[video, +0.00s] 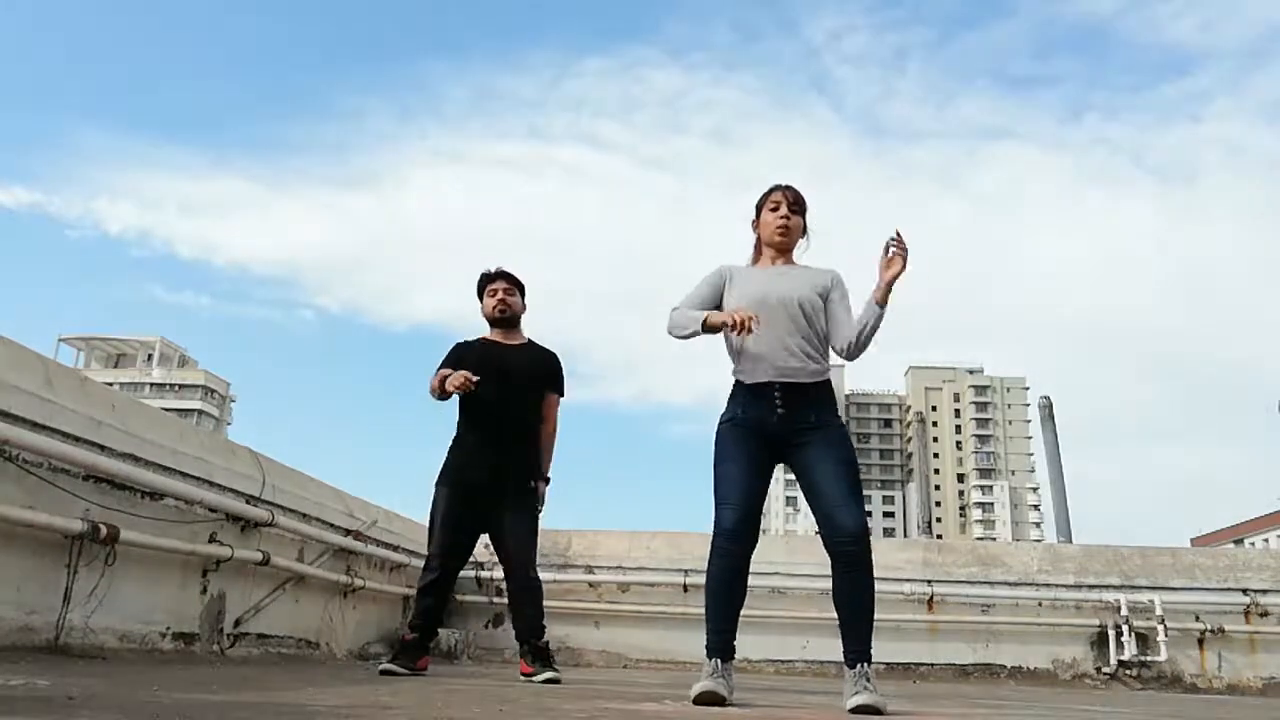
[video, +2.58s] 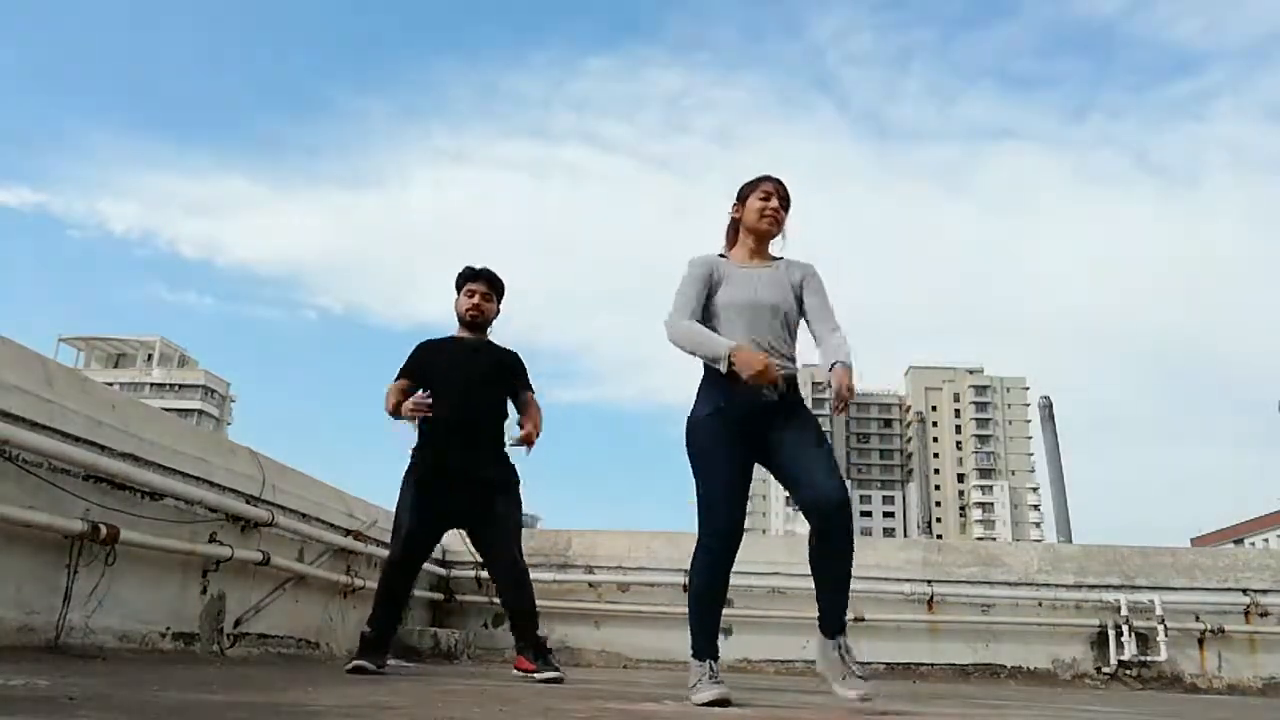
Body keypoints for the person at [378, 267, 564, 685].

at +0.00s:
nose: (502, 297)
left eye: (510, 292)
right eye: (492, 293)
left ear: (523, 304)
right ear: (482, 307)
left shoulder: (546, 360)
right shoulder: (467, 350)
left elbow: (548, 423)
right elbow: (436, 387)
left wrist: (542, 476)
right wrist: (447, 383)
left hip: (517, 481)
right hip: (463, 477)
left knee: (523, 571)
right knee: (439, 564)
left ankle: (535, 654)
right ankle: (413, 649)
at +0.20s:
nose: (505, 299)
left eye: (514, 295)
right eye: (497, 295)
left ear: (528, 308)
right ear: (487, 308)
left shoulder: (552, 357)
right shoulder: (471, 361)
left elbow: (582, 406)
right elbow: (454, 411)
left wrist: (596, 457)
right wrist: (465, 440)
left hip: (522, 485)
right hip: (466, 477)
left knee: (529, 571)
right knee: (420, 547)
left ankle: (535, 654)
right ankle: (405, 640)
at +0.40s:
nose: (499, 302)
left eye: (510, 300)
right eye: (496, 295)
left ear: (523, 316)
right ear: (484, 303)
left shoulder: (535, 363)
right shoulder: (454, 360)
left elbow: (568, 393)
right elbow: (433, 415)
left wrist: (602, 409)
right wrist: (412, 468)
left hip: (517, 486)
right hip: (460, 481)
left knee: (526, 569)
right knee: (437, 563)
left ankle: (536, 655)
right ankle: (392, 647)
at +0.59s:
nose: (487, 300)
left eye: (498, 300)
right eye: (484, 292)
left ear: (507, 318)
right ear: (470, 300)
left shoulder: (517, 360)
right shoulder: (436, 356)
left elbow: (543, 398)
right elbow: (404, 405)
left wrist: (559, 412)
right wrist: (372, 456)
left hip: (503, 484)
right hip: (445, 480)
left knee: (524, 564)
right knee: (421, 566)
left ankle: (537, 652)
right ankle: (392, 649)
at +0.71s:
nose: (479, 302)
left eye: (490, 302)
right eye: (475, 295)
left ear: (500, 317)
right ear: (463, 301)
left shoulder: (513, 360)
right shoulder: (431, 358)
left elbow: (535, 409)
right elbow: (396, 406)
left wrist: (530, 442)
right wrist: (360, 453)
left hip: (498, 482)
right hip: (439, 481)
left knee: (528, 559)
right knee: (417, 564)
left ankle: (541, 648)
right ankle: (391, 648)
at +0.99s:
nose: (487, 304)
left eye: (497, 302)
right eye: (482, 297)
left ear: (506, 316)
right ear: (468, 303)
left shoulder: (522, 352)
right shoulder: (441, 363)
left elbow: (545, 402)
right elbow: (423, 411)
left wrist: (524, 448)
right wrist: (411, 443)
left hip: (497, 480)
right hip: (441, 479)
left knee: (511, 569)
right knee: (418, 563)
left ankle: (535, 654)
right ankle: (392, 647)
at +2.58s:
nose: (476, 301)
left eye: (486, 297)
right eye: (470, 294)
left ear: (497, 310)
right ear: (457, 301)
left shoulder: (508, 361)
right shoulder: (428, 352)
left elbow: (528, 404)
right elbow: (395, 397)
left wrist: (530, 427)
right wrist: (402, 407)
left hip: (489, 475)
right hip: (431, 471)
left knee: (509, 563)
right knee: (402, 558)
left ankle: (530, 651)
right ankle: (373, 648)